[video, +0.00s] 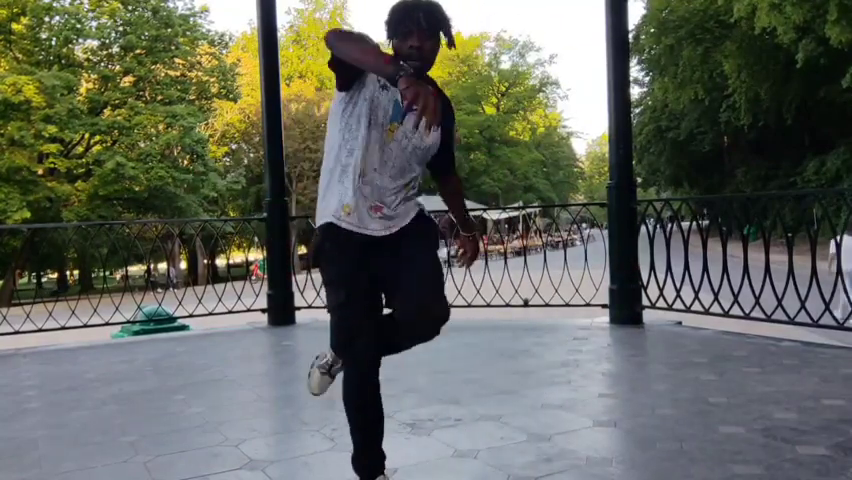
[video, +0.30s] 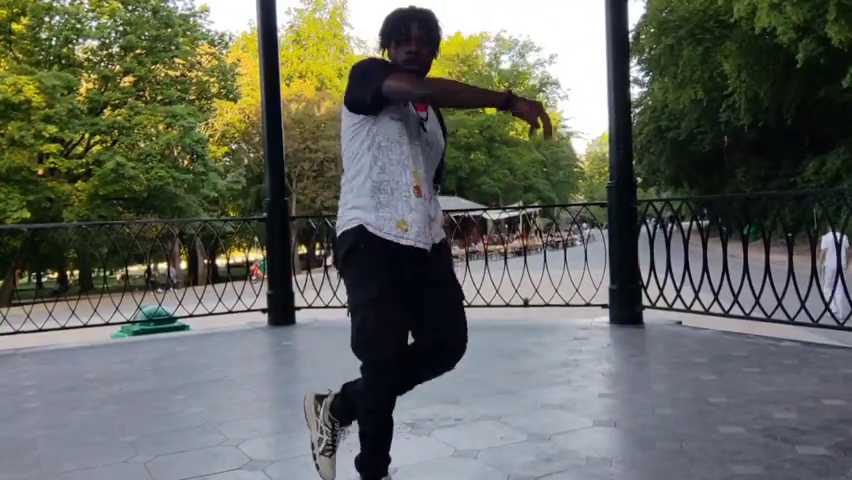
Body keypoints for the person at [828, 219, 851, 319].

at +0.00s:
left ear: (839, 230)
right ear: (847, 230)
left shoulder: (836, 240)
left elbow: (832, 255)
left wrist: (829, 267)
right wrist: (830, 266)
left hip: (843, 269)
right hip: (849, 268)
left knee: (845, 291)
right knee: (845, 291)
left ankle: (841, 313)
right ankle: (842, 313)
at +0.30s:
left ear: (829, 227)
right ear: (838, 227)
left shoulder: (825, 237)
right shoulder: (844, 237)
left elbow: (823, 251)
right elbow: (847, 251)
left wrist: (820, 262)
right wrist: (847, 263)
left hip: (829, 265)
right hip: (841, 265)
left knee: (827, 287)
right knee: (839, 288)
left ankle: (832, 308)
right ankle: (841, 312)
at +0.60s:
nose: (813, 232)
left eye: (814, 230)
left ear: (816, 230)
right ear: (824, 229)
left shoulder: (815, 239)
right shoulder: (831, 239)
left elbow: (813, 253)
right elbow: (835, 252)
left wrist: (813, 264)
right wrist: (835, 261)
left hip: (819, 266)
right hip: (830, 265)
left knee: (815, 287)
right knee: (832, 288)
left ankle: (814, 308)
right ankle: (837, 310)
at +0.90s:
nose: (808, 229)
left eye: (807, 228)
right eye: (811, 227)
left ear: (805, 228)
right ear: (815, 227)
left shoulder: (803, 238)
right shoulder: (820, 237)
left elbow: (800, 251)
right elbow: (823, 249)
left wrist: (799, 261)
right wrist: (825, 262)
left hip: (807, 263)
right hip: (817, 262)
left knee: (809, 285)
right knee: (815, 284)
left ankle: (813, 307)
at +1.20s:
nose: (797, 231)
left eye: (798, 229)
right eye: (798, 229)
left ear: (799, 230)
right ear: (807, 229)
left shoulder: (797, 239)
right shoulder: (813, 239)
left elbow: (795, 252)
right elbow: (816, 251)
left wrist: (794, 262)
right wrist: (817, 262)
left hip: (801, 264)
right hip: (811, 264)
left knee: (802, 285)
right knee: (810, 285)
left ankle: (810, 303)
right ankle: (811, 303)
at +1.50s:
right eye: (806, 228)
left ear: (796, 227)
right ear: (804, 228)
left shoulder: (791, 236)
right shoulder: (806, 236)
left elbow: (787, 248)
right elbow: (808, 249)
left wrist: (788, 260)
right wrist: (809, 258)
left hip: (793, 260)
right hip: (804, 260)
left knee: (791, 282)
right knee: (803, 282)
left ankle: (791, 302)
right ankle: (802, 301)